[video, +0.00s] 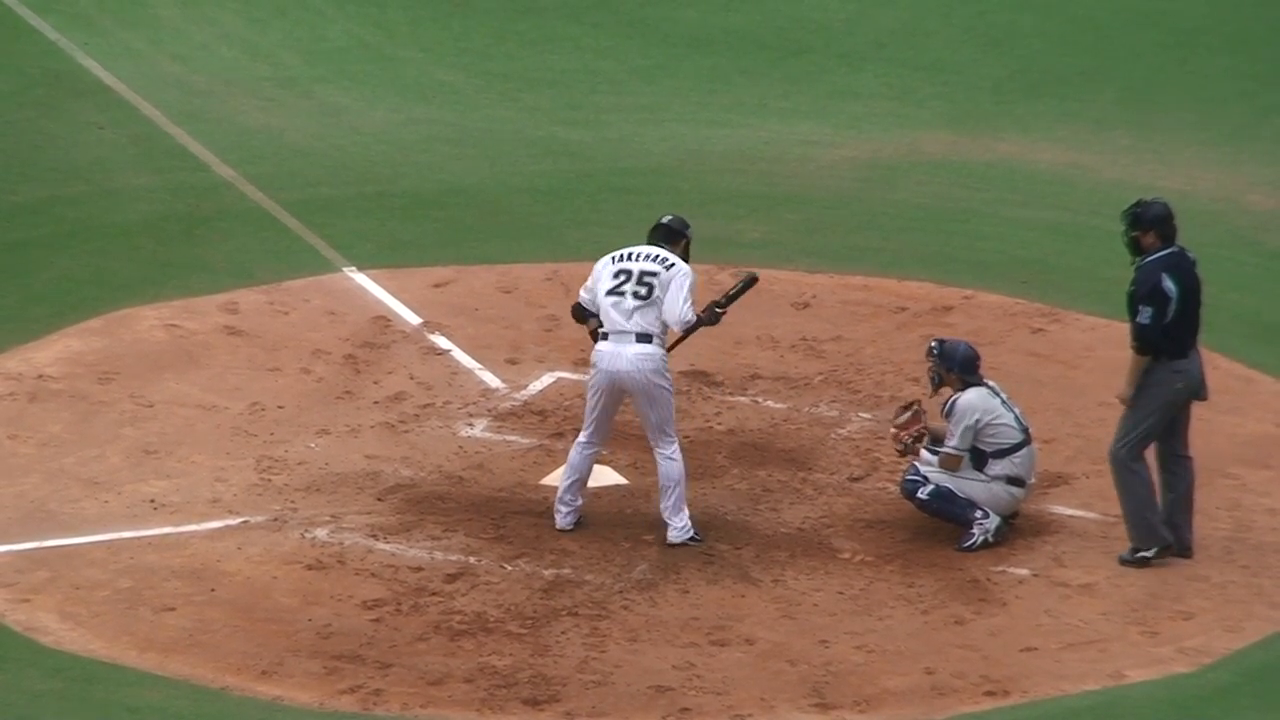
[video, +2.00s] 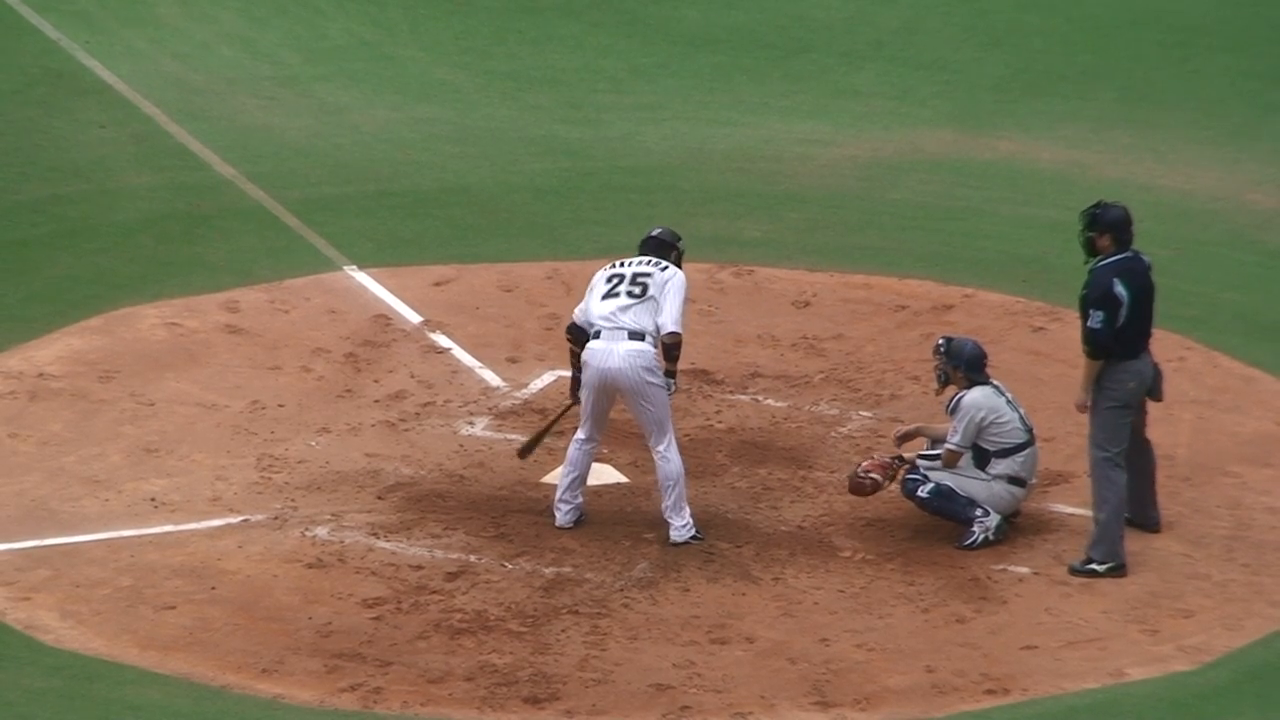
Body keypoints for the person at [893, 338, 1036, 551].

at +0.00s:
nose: (932, 370)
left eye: (937, 366)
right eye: (933, 364)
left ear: (953, 373)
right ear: (964, 372)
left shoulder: (966, 403)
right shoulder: (987, 387)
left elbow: (951, 464)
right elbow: (960, 439)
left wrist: (917, 450)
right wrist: (924, 429)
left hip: (1002, 492)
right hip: (1016, 483)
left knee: (913, 480)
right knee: (930, 451)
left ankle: (983, 520)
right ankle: (1001, 508)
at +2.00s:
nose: (938, 368)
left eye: (944, 364)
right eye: (940, 362)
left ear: (959, 371)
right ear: (975, 369)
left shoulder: (972, 402)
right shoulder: (992, 387)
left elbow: (949, 461)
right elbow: (962, 433)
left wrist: (912, 460)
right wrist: (918, 430)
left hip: (1003, 491)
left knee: (913, 481)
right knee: (934, 447)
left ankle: (983, 519)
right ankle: (1003, 506)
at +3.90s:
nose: (942, 366)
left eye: (947, 363)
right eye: (944, 361)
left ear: (962, 371)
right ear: (976, 370)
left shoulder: (975, 402)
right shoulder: (991, 389)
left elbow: (948, 461)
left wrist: (907, 462)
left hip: (1000, 493)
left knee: (913, 482)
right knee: (930, 449)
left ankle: (984, 521)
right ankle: (997, 508)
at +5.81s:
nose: (939, 373)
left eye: (945, 369)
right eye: (941, 367)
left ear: (961, 377)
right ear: (969, 377)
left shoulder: (974, 405)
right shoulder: (993, 389)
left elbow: (950, 464)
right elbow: (963, 434)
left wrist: (918, 451)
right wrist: (924, 435)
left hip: (1004, 494)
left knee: (917, 478)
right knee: (931, 453)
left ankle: (985, 520)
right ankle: (1000, 508)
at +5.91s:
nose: (940, 371)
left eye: (945, 368)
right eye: (941, 366)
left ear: (961, 376)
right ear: (971, 375)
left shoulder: (974, 406)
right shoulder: (993, 389)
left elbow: (950, 464)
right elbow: (964, 436)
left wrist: (919, 450)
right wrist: (925, 435)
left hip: (1004, 494)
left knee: (916, 478)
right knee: (932, 453)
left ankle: (985, 520)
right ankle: (1003, 507)